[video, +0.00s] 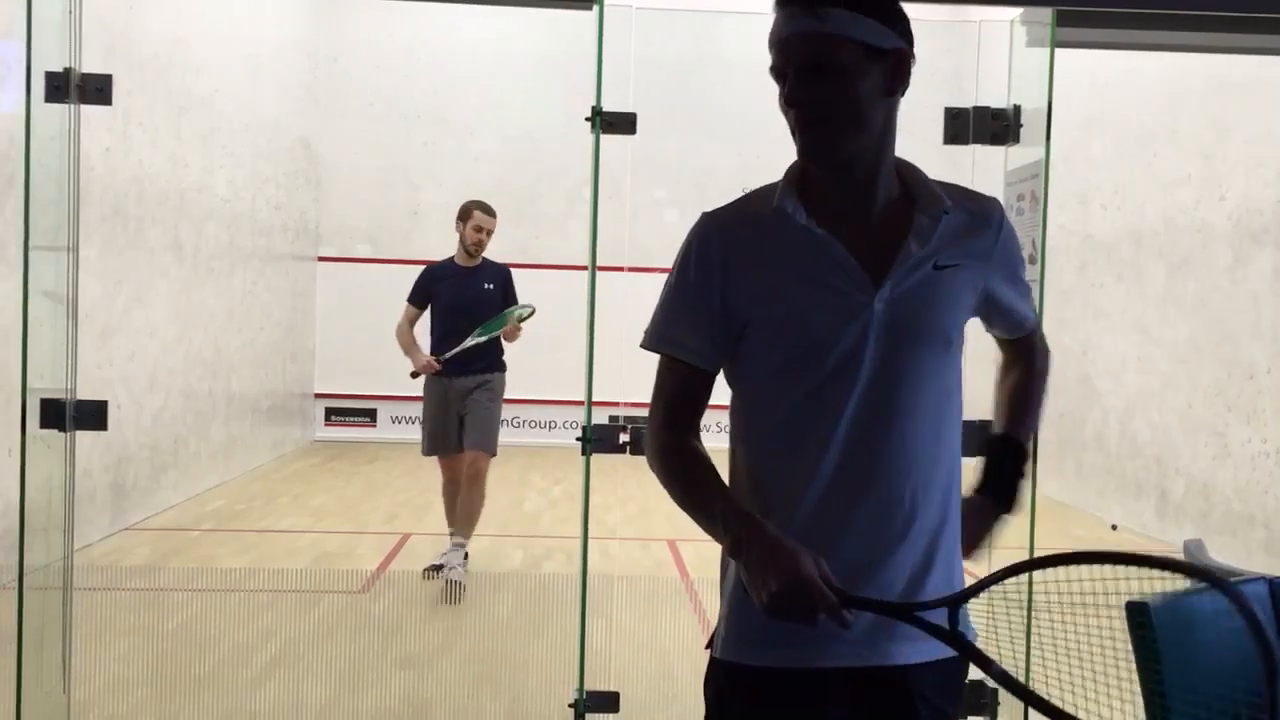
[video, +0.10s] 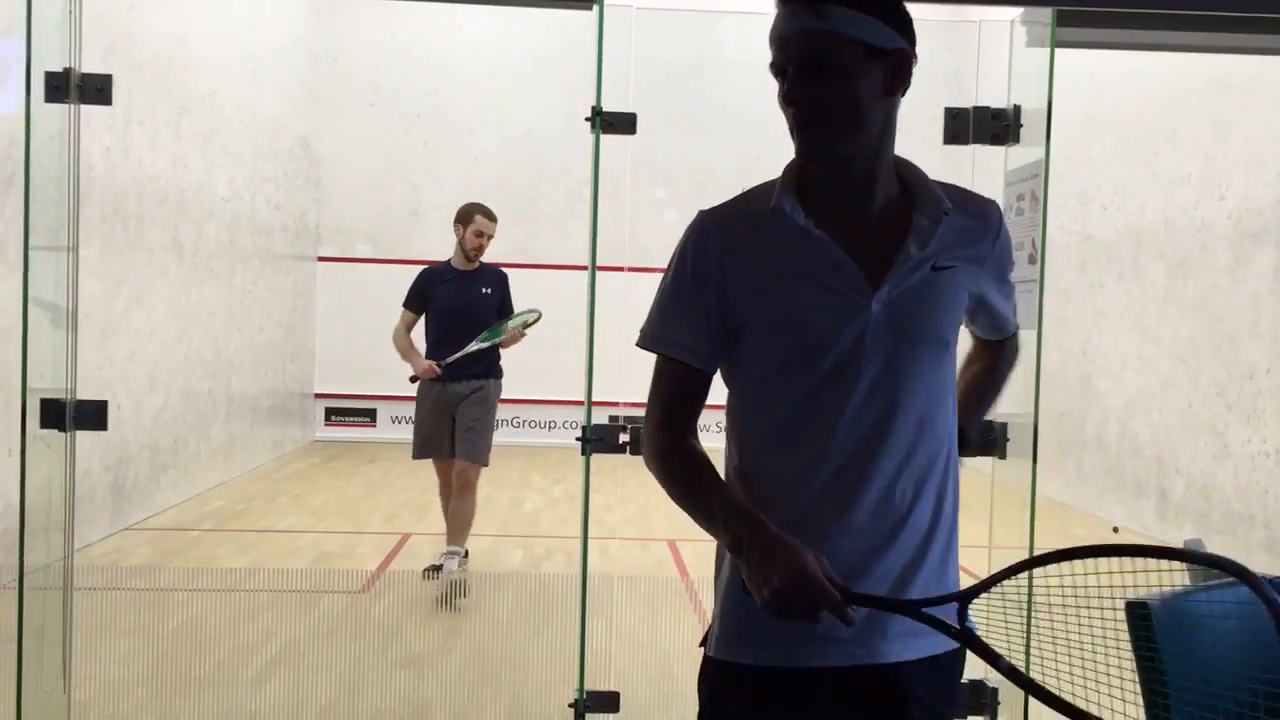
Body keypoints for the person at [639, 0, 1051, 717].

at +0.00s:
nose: (794, 96)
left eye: (822, 71)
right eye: (783, 75)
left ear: (898, 72)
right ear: (773, 80)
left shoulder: (976, 232)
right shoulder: (726, 244)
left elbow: (1024, 348)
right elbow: (668, 433)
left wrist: (995, 491)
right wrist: (753, 546)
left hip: (921, 647)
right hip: (770, 647)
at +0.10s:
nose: (795, 93)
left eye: (823, 69)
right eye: (784, 72)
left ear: (898, 74)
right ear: (772, 78)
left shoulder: (972, 231)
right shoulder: (723, 241)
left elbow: (997, 339)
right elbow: (665, 434)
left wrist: (946, 435)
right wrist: (754, 542)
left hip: (915, 642)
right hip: (765, 645)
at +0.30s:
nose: (795, 90)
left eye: (824, 67)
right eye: (786, 67)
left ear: (900, 74)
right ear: (773, 76)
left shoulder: (959, 229)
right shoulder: (714, 236)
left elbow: (932, 372)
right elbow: (658, 430)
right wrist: (758, 541)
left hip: (906, 638)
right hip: (757, 644)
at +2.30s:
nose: (895, 89)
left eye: (908, 68)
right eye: (868, 64)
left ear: (919, 80)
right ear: (799, 70)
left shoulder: (919, 225)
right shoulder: (701, 233)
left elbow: (876, 393)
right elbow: (621, 428)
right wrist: (749, 547)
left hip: (892, 633)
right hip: (750, 644)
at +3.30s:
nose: (937, 109)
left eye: (933, 83)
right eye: (915, 81)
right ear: (832, 76)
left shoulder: (888, 223)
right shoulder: (697, 235)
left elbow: (849, 408)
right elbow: (640, 451)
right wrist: (819, 554)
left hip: (878, 645)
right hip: (747, 655)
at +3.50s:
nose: (934, 114)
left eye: (932, 87)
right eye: (919, 84)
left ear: (852, 86)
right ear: (845, 81)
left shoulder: (876, 225)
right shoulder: (702, 235)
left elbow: (849, 418)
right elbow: (706, 464)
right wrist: (908, 520)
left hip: (872, 632)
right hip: (747, 651)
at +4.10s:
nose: (904, 107)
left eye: (898, 79)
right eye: (886, 76)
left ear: (819, 79)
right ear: (814, 75)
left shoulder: (825, 223)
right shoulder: (674, 227)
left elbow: (790, 419)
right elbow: (688, 465)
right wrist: (884, 492)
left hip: (828, 623)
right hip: (712, 648)